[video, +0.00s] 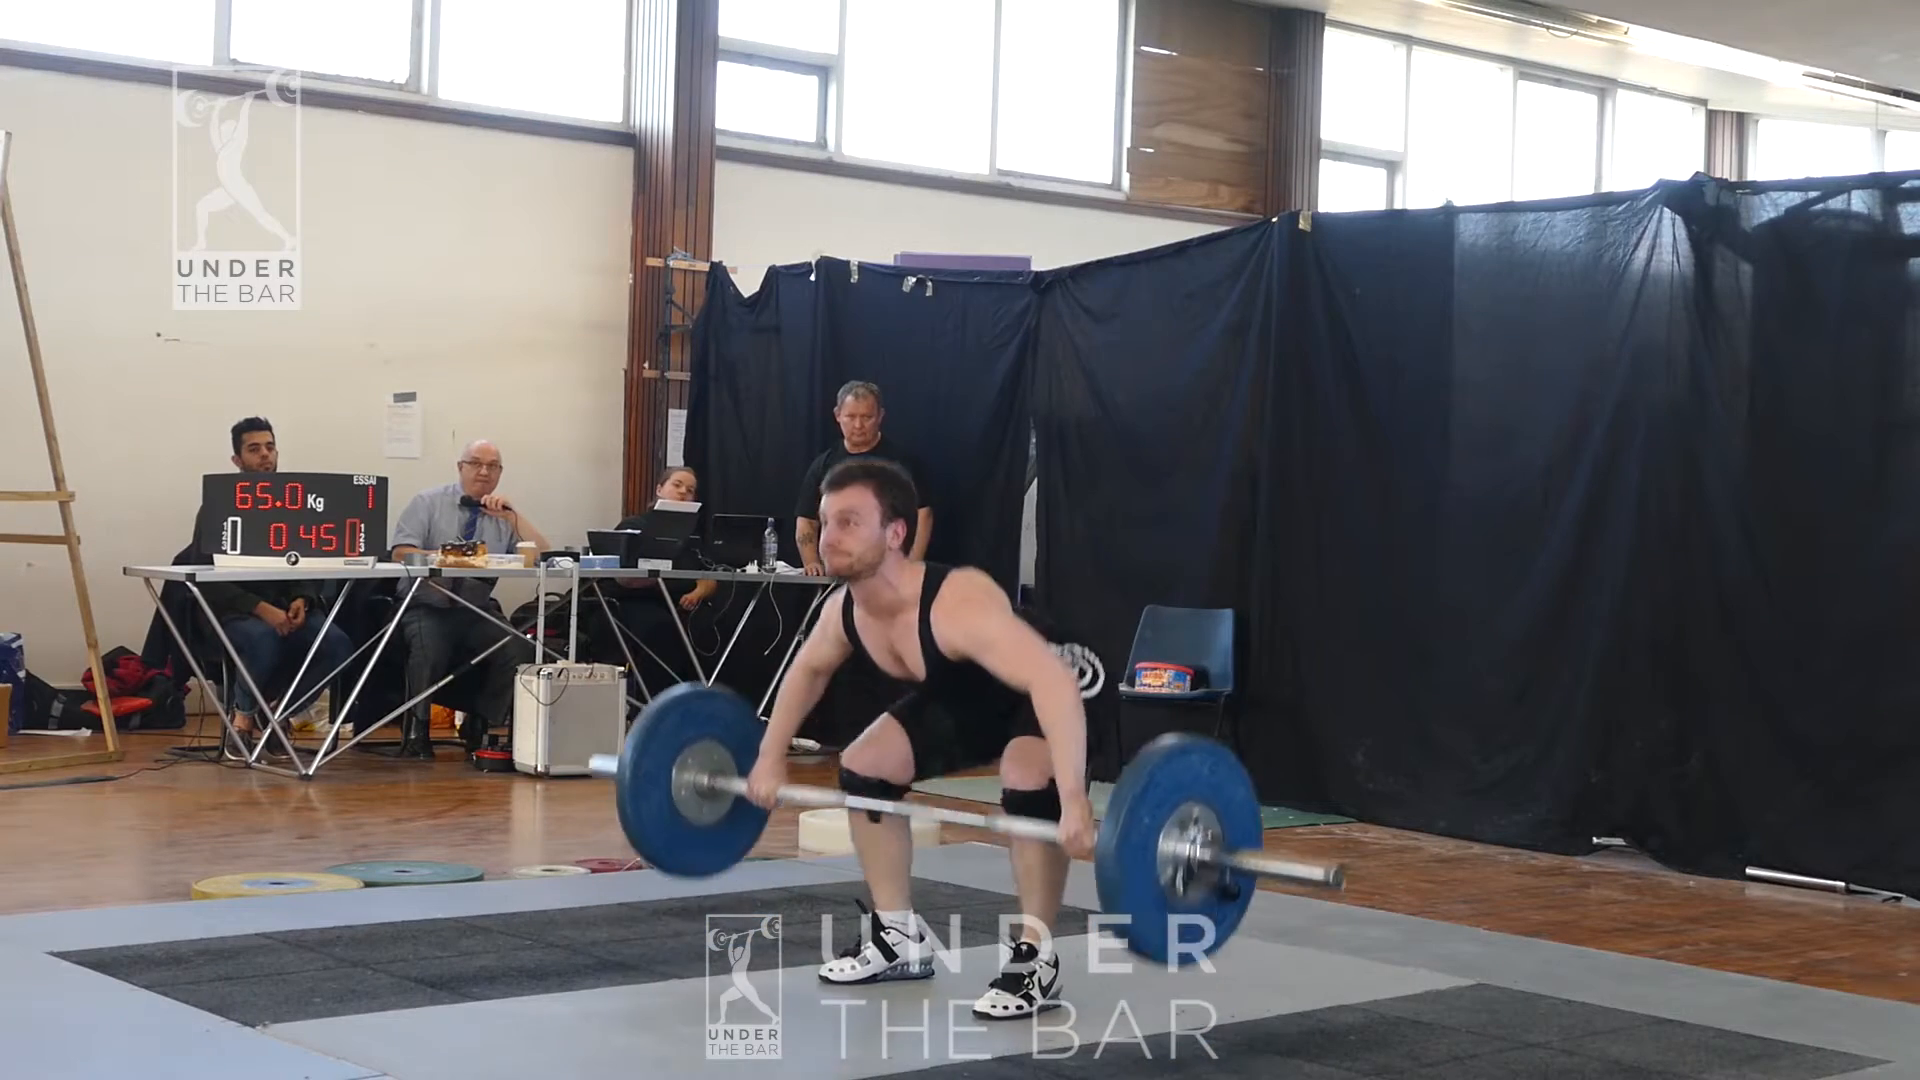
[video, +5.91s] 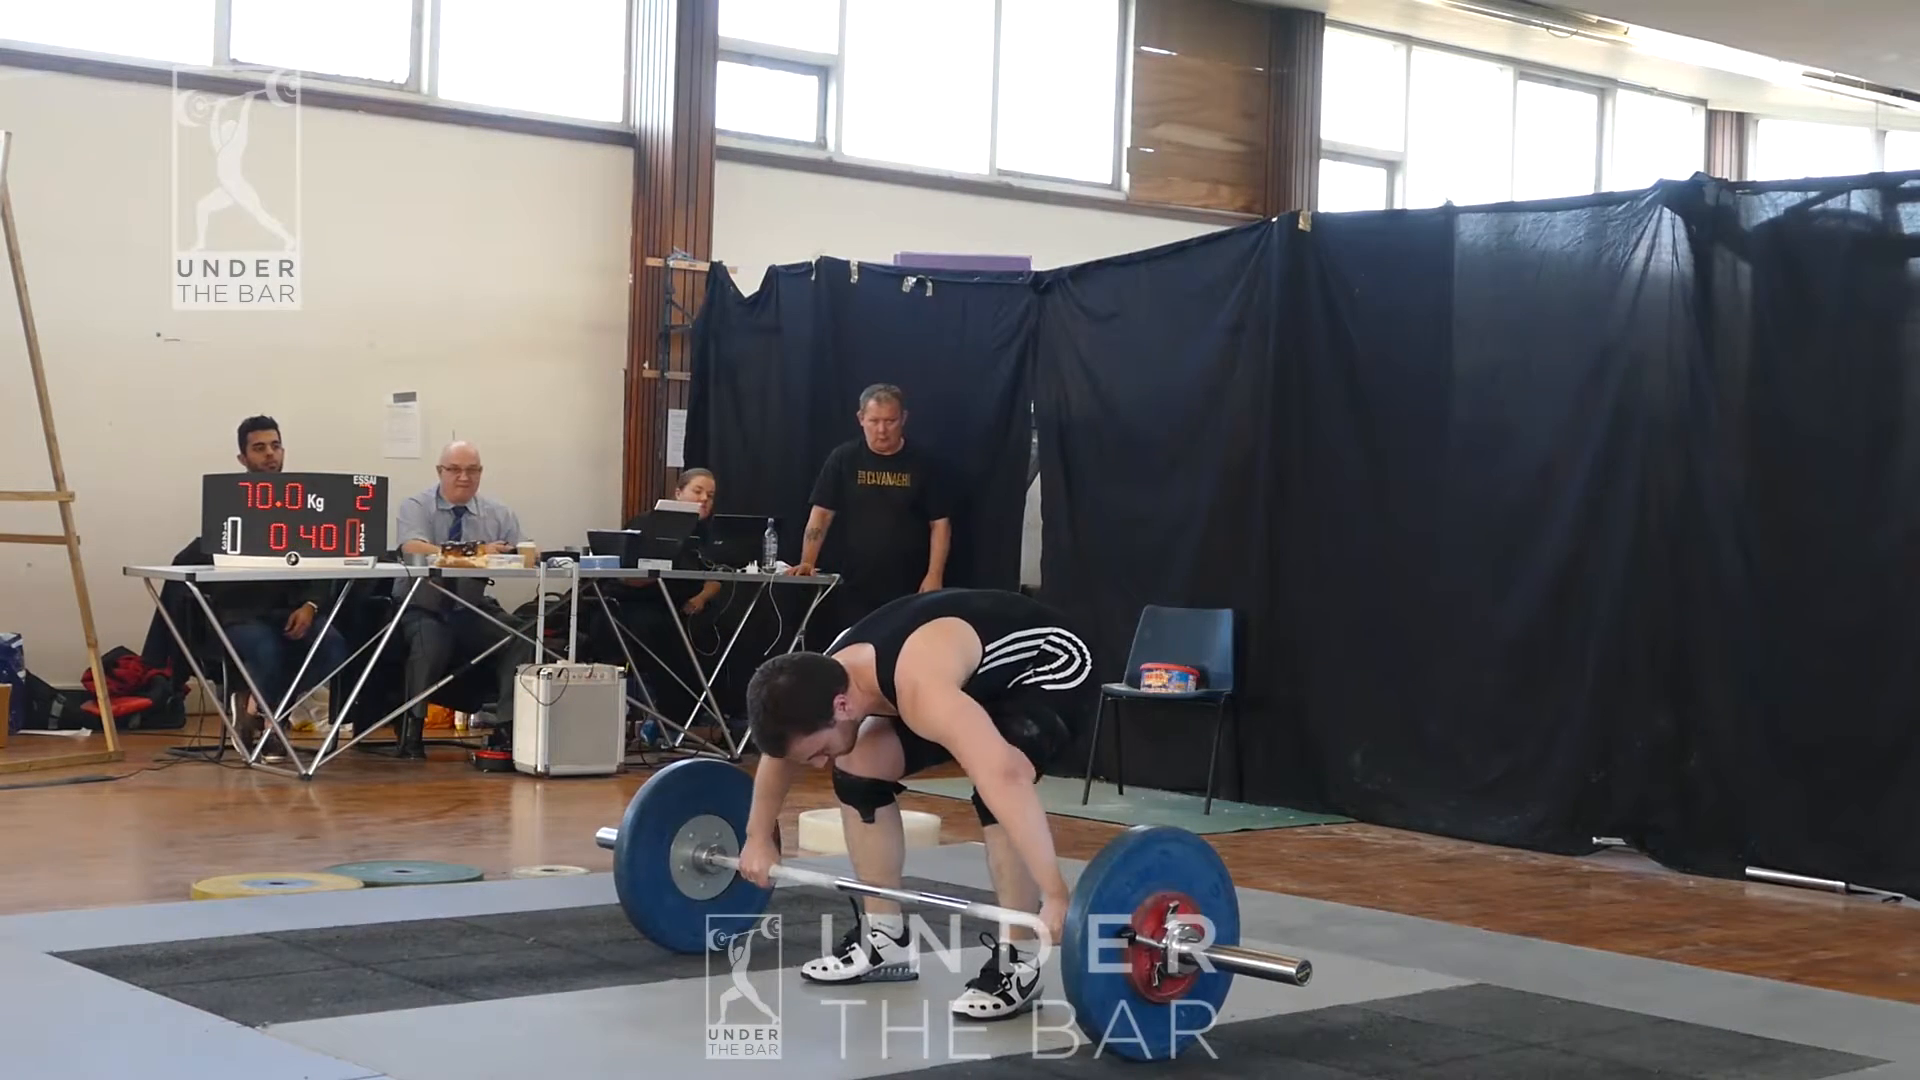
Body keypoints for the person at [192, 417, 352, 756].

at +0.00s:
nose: (265, 454)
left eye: (270, 447)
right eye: (255, 448)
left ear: (277, 452)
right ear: (238, 460)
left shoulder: (293, 496)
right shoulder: (220, 504)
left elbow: (312, 556)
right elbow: (205, 576)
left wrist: (302, 599)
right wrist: (260, 608)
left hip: (288, 607)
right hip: (237, 608)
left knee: (337, 644)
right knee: (264, 641)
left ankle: (278, 717)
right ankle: (242, 719)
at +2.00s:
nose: (267, 456)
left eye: (272, 448)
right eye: (257, 449)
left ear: (278, 453)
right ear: (239, 459)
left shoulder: (293, 498)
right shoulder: (221, 505)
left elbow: (312, 556)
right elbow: (205, 576)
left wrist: (302, 598)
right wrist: (260, 608)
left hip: (287, 607)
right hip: (237, 608)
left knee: (336, 643)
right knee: (264, 642)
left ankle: (278, 717)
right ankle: (242, 718)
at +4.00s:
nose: (275, 466)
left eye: (281, 458)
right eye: (266, 458)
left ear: (287, 457)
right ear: (247, 460)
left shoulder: (297, 498)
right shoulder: (228, 500)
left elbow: (317, 557)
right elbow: (203, 561)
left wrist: (304, 597)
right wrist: (250, 580)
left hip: (287, 608)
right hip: (237, 607)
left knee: (336, 645)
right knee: (265, 642)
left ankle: (278, 716)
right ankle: (241, 719)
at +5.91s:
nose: (270, 454)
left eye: (276, 446)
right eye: (260, 448)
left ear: (283, 450)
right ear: (243, 457)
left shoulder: (301, 497)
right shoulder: (232, 499)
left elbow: (324, 558)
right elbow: (203, 557)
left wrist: (311, 605)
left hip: (291, 608)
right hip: (243, 610)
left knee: (332, 646)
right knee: (267, 648)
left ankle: (251, 706)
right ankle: (274, 727)